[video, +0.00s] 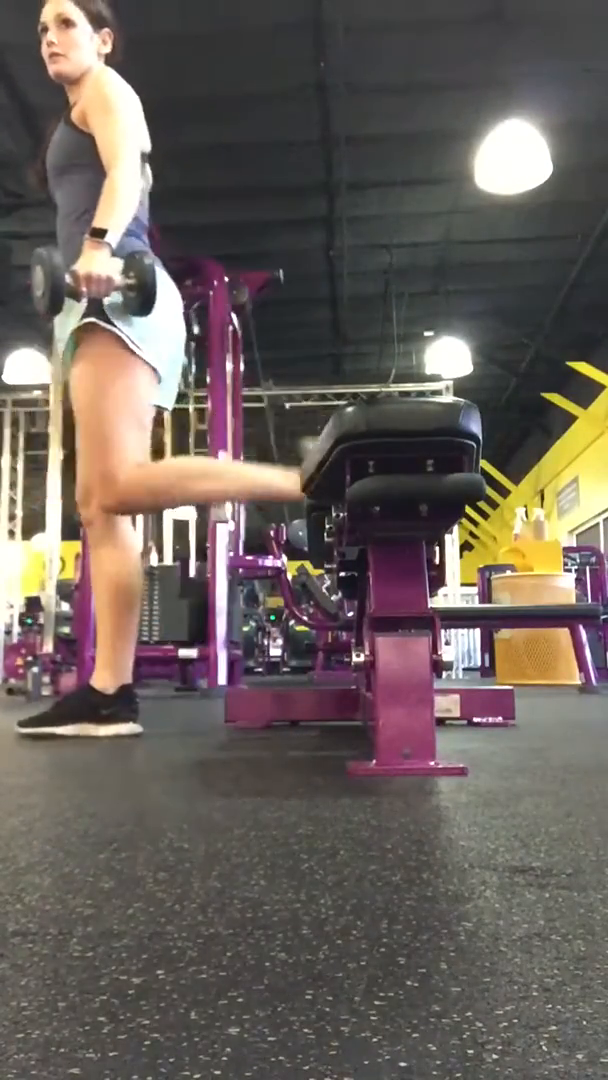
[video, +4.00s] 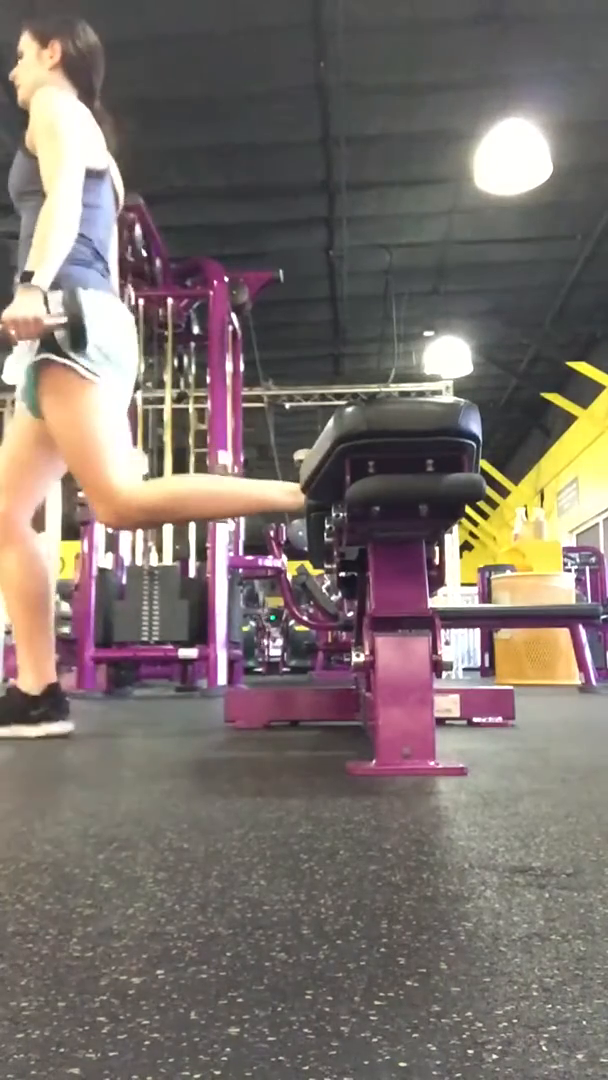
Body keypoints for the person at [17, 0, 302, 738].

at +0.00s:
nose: (49, 38)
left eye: (64, 25)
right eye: (43, 30)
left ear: (102, 38)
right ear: (44, 45)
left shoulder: (105, 88)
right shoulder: (84, 107)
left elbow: (127, 167)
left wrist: (99, 244)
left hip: (122, 294)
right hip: (101, 301)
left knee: (119, 483)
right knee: (98, 505)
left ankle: (309, 483)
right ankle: (109, 690)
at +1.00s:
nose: (72, 45)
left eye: (86, 31)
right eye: (63, 37)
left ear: (123, 43)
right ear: (63, 53)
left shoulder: (124, 92)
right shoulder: (101, 114)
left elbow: (131, 181)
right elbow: (108, 213)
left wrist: (109, 262)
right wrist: (70, 277)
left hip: (126, 306)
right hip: (96, 316)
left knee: (115, 498)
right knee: (78, 510)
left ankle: (301, 491)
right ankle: (107, 691)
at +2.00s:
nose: (51, 68)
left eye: (61, 53)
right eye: (48, 58)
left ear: (101, 51)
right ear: (91, 57)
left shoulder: (113, 93)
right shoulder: (101, 120)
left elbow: (119, 161)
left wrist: (103, 238)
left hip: (113, 293)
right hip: (98, 301)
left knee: (117, 475)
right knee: (71, 499)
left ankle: (310, 486)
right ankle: (85, 689)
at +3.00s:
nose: (46, 89)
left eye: (52, 73)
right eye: (45, 78)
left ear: (84, 65)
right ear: (103, 71)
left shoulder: (91, 90)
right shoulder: (121, 138)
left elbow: (119, 148)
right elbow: (138, 253)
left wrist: (72, 228)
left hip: (104, 296)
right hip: (110, 309)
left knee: (123, 467)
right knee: (51, 498)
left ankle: (314, 486)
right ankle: (77, 682)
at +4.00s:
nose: (12, 69)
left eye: (21, 55)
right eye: (16, 57)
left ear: (52, 54)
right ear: (63, 59)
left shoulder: (54, 105)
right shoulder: (82, 134)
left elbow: (63, 195)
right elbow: (95, 251)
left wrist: (34, 284)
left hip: (74, 316)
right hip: (72, 323)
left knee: (118, 501)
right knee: (12, 511)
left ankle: (304, 496)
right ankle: (36, 689)